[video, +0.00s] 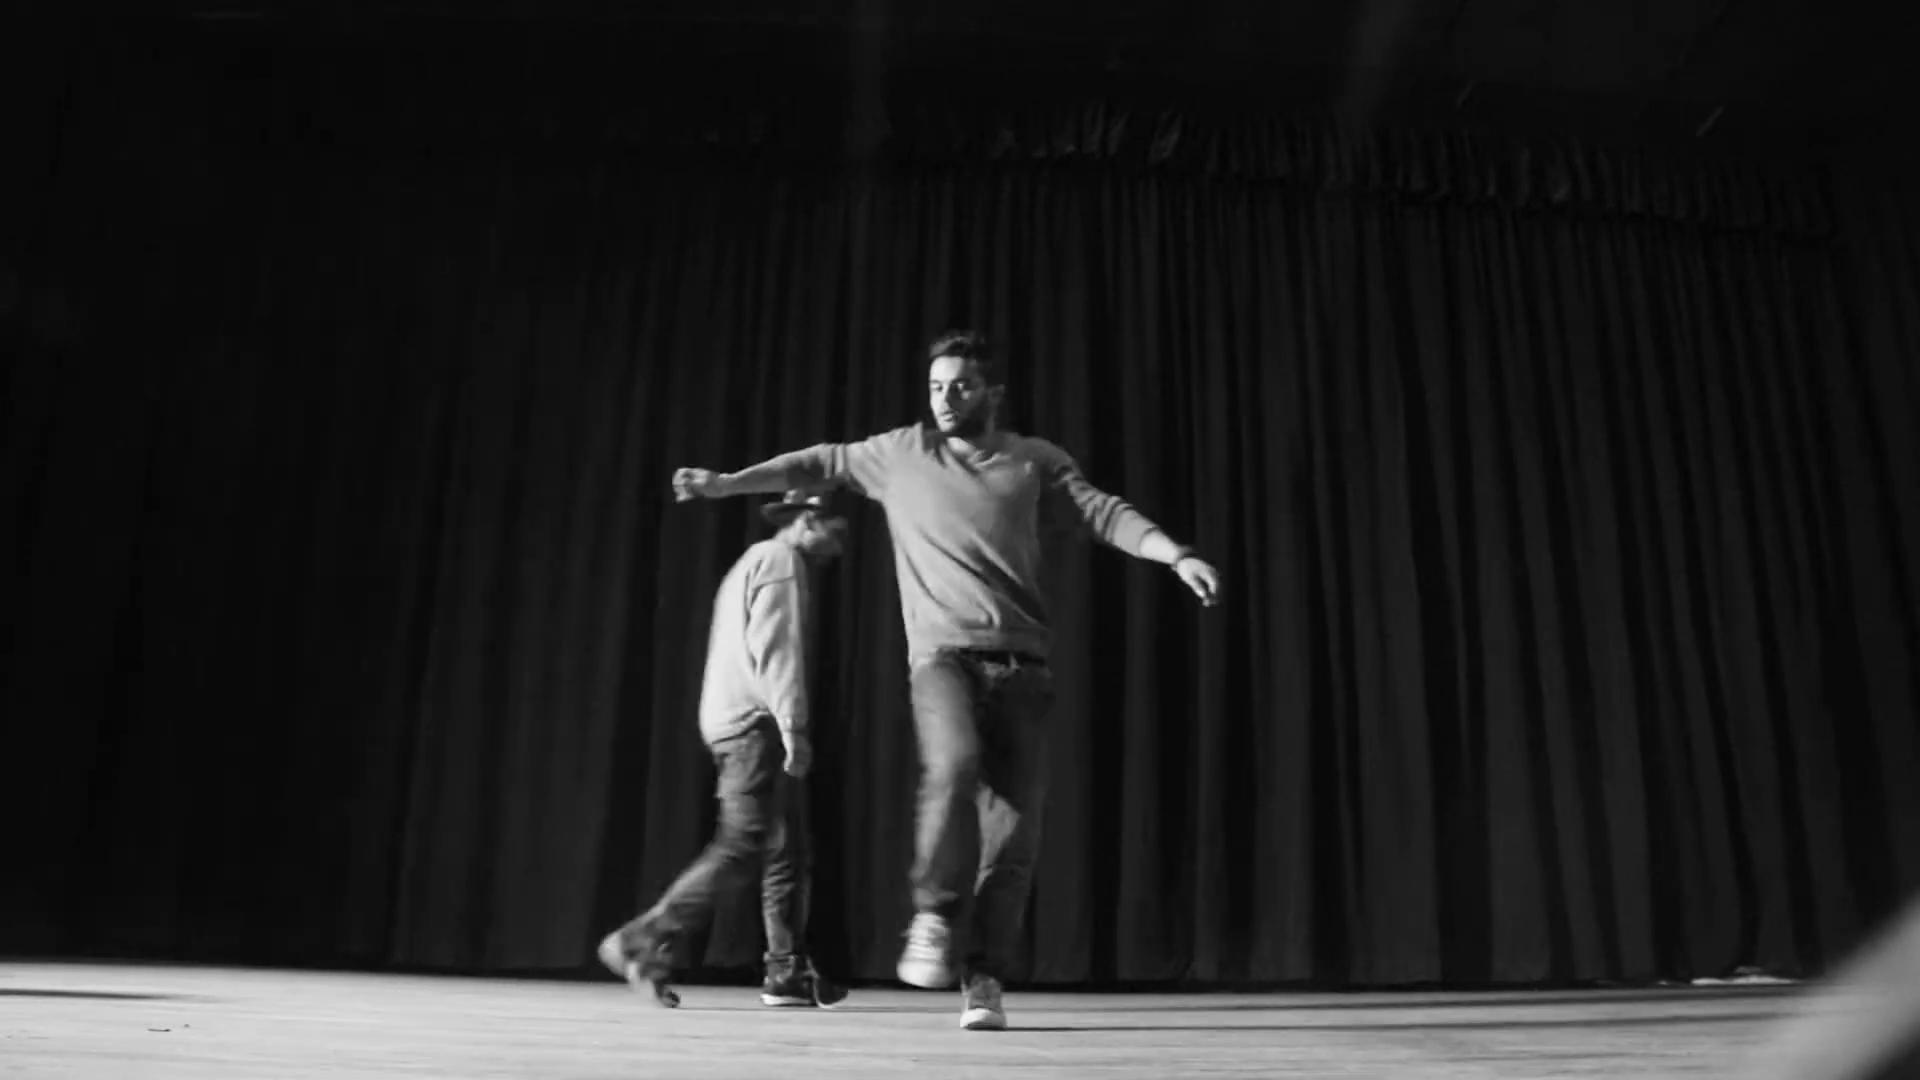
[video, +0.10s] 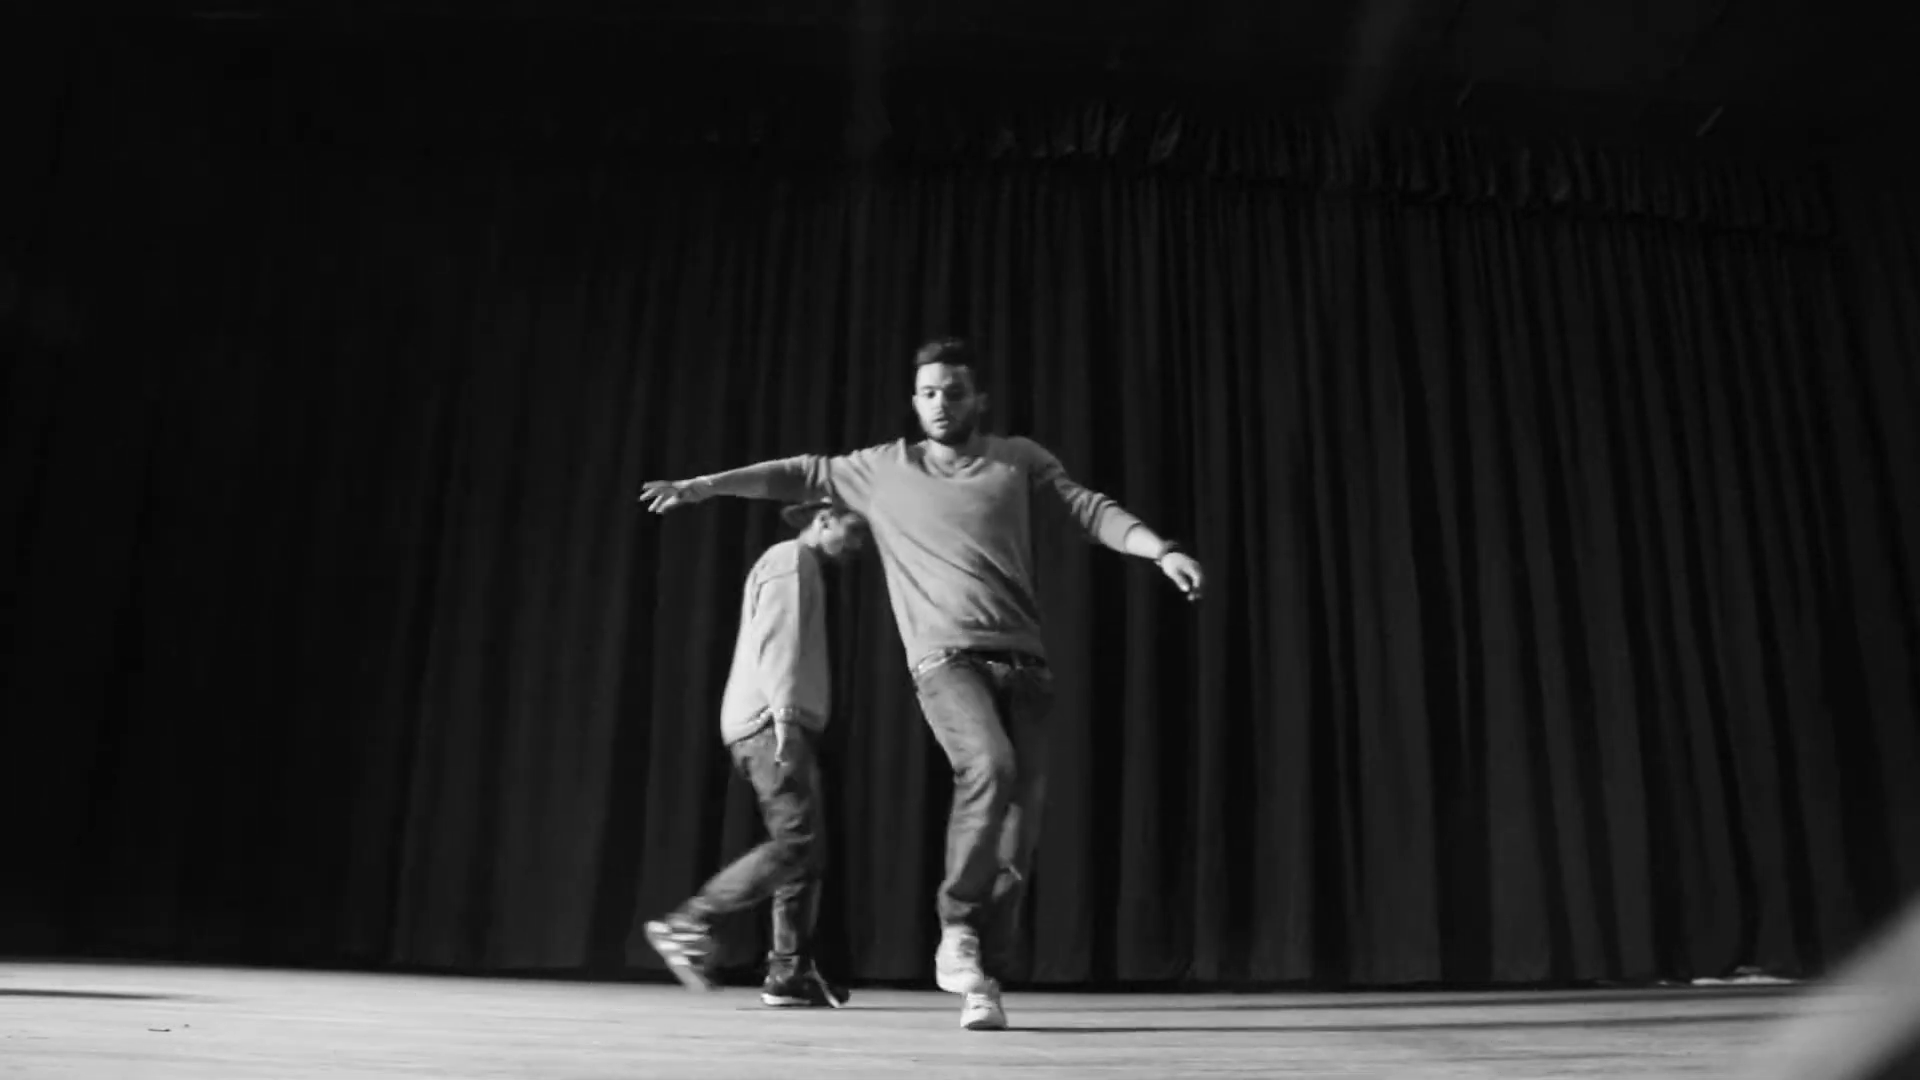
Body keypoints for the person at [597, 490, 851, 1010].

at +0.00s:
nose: (843, 539)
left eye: (844, 529)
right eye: (836, 528)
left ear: (803, 522)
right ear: (807, 523)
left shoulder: (764, 560)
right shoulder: (778, 560)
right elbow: (774, 649)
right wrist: (793, 729)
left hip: (743, 721)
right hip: (749, 722)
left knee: (782, 851)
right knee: (741, 846)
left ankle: (786, 970)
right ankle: (641, 942)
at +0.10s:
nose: (858, 543)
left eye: (861, 533)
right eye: (853, 530)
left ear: (821, 523)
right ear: (823, 521)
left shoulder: (792, 564)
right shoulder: (792, 561)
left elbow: (775, 650)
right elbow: (779, 645)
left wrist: (791, 724)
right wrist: (785, 725)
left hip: (777, 724)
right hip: (767, 725)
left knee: (801, 849)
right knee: (794, 844)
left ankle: (790, 971)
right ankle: (686, 924)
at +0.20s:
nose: (862, 538)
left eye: (864, 529)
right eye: (857, 525)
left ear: (850, 530)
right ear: (834, 519)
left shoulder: (824, 574)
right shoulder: (800, 558)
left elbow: (830, 674)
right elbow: (779, 638)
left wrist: (843, 753)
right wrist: (779, 714)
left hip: (811, 724)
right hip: (793, 721)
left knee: (816, 844)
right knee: (823, 840)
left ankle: (792, 965)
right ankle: (745, 937)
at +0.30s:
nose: (871, 539)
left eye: (878, 532)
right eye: (867, 526)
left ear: (879, 537)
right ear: (847, 524)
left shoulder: (870, 580)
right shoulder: (807, 564)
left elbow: (879, 653)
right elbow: (775, 639)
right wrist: (777, 710)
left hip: (853, 724)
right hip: (810, 718)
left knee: (819, 846)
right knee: (846, 831)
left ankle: (790, 965)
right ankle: (816, 958)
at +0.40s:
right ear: (853, 519)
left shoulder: (899, 578)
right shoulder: (820, 568)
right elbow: (782, 650)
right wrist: (784, 724)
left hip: (871, 727)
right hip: (826, 723)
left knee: (842, 839)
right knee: (870, 842)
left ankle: (807, 964)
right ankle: (882, 966)